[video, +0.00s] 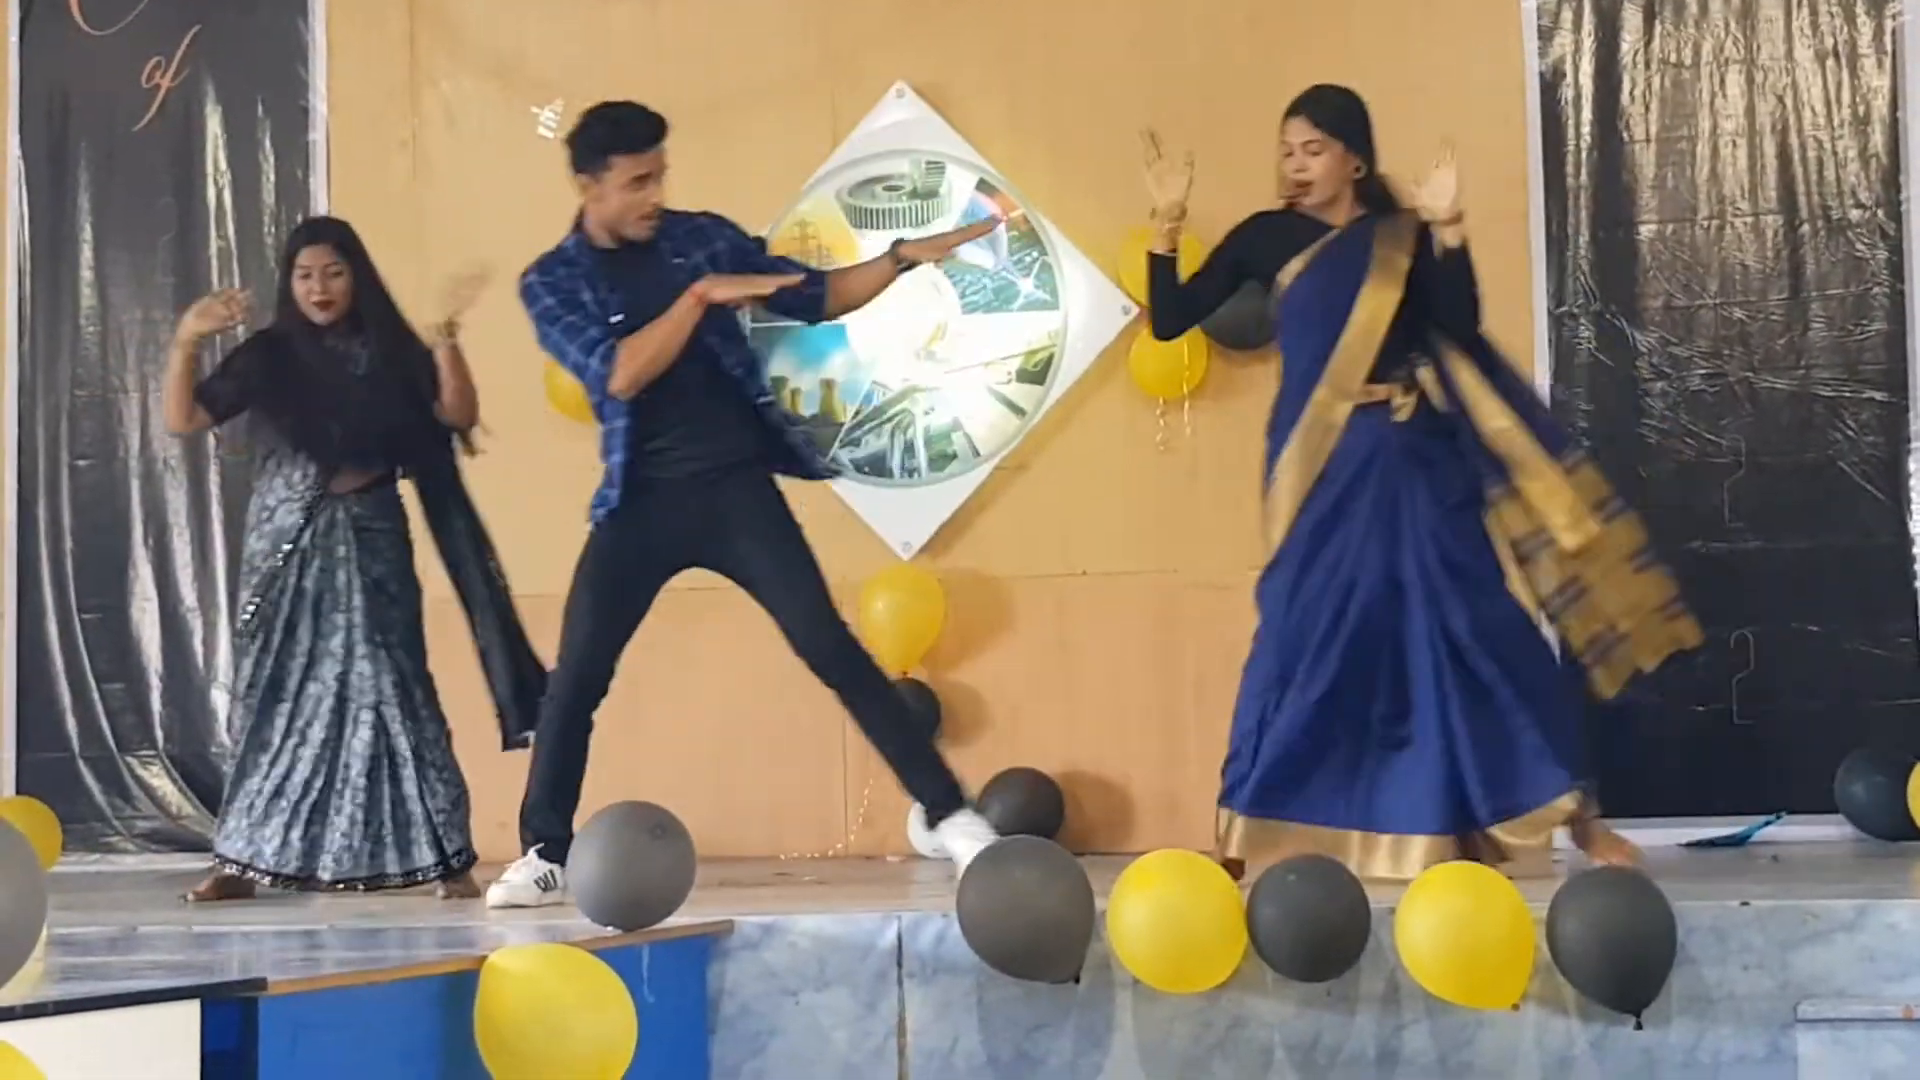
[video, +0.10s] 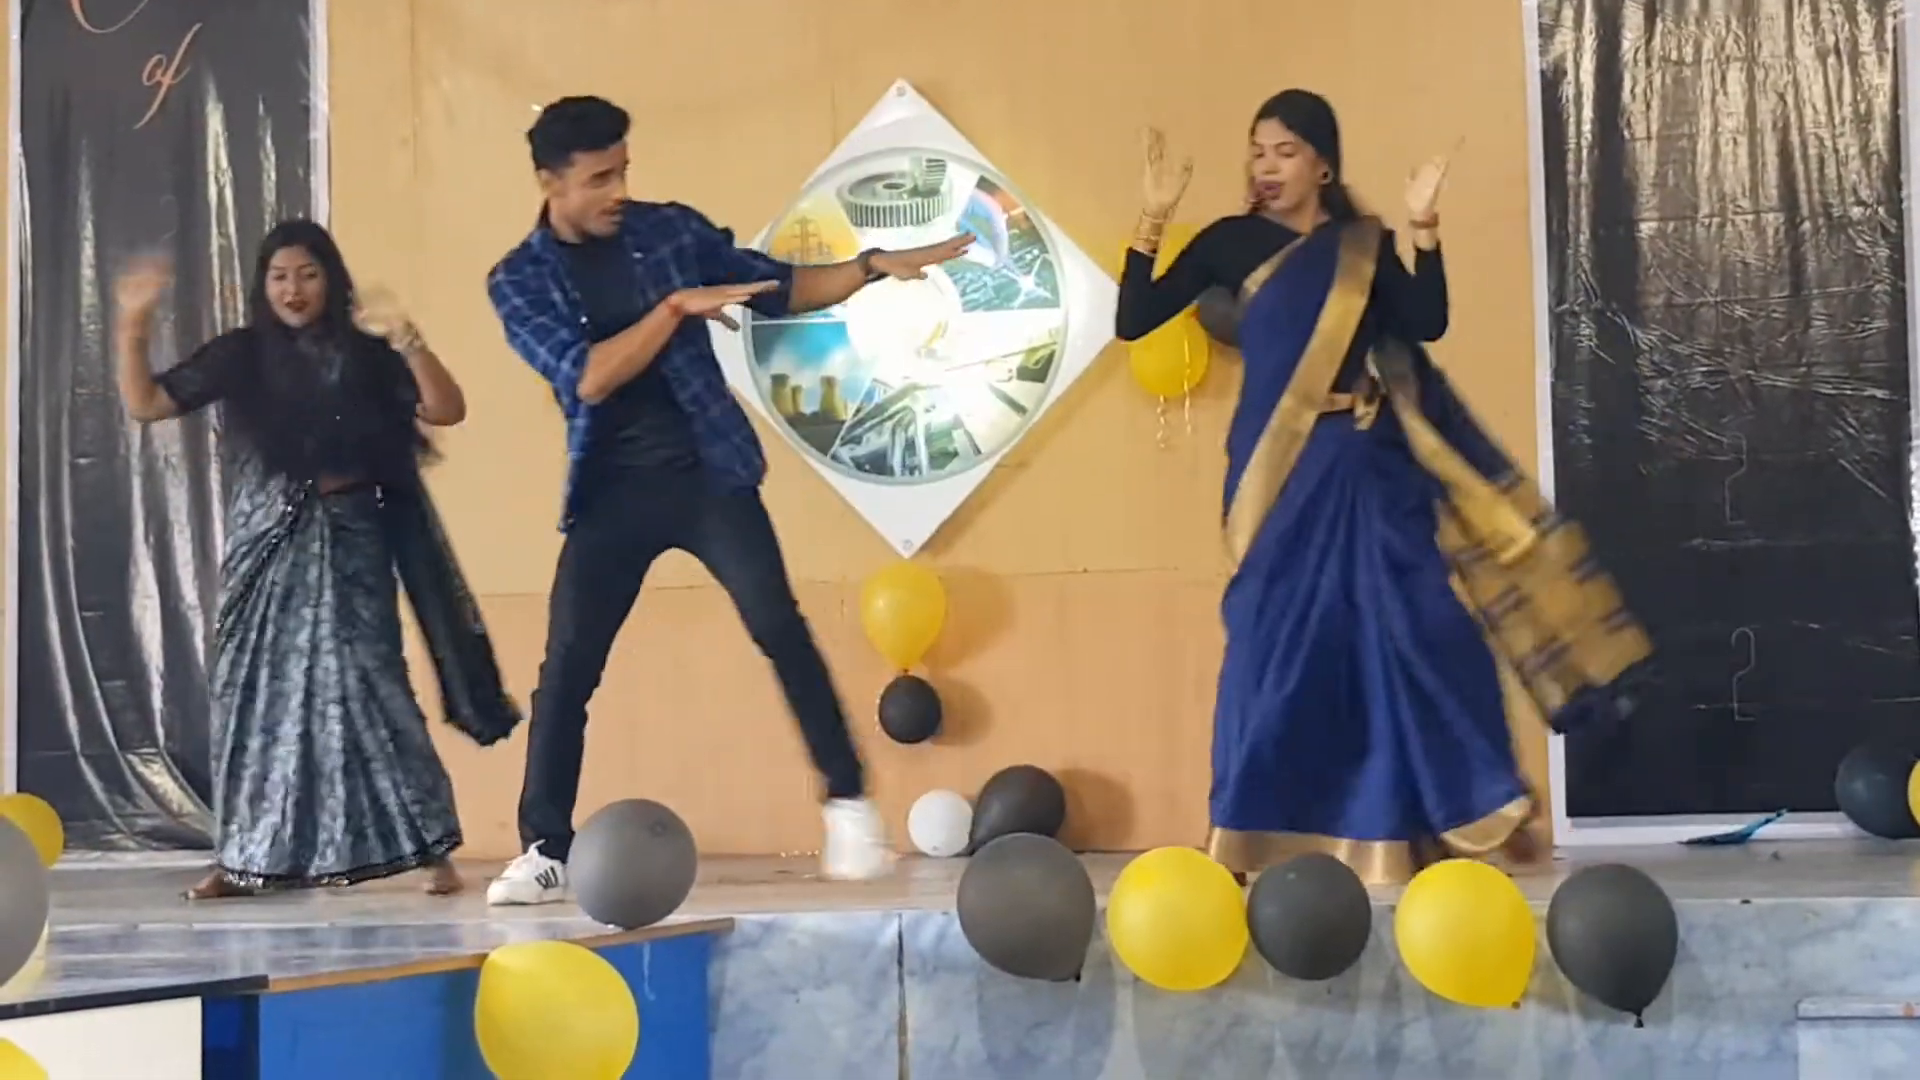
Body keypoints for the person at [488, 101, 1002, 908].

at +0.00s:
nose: (658, 194)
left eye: (661, 176)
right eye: (640, 181)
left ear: (661, 170)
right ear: (589, 184)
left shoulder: (700, 240)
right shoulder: (553, 281)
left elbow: (814, 295)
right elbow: (617, 375)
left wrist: (904, 255)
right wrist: (699, 298)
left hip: (738, 492)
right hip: (640, 507)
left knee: (826, 645)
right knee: (575, 681)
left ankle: (946, 813)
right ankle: (545, 855)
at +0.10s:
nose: (620, 191)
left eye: (623, 174)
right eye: (601, 180)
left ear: (625, 165)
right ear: (550, 182)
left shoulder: (670, 231)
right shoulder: (521, 278)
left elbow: (780, 284)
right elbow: (586, 379)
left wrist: (875, 263)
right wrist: (672, 308)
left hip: (712, 479)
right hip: (614, 496)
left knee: (779, 629)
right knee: (565, 673)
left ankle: (848, 805)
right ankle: (543, 853)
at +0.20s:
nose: (603, 175)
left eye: (607, 158)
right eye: (584, 164)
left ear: (611, 149)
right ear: (534, 166)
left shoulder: (656, 212)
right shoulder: (507, 263)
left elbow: (763, 270)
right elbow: (568, 368)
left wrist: (857, 253)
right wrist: (652, 293)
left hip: (696, 458)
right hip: (598, 476)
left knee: (727, 611)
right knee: (565, 659)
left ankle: (737, 781)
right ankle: (544, 846)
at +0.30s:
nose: (597, 166)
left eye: (602, 149)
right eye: (578, 157)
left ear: (606, 136)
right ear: (530, 156)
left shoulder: (657, 200)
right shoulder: (505, 254)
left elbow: (757, 269)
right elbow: (562, 362)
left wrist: (847, 256)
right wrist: (650, 293)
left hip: (686, 457)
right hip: (589, 469)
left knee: (692, 638)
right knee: (560, 655)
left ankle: (679, 824)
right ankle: (541, 843)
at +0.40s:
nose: (596, 171)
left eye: (604, 151)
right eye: (575, 158)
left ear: (615, 139)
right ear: (533, 155)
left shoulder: (667, 207)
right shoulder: (513, 260)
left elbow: (750, 287)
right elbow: (557, 379)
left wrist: (817, 281)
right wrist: (637, 317)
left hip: (684, 459)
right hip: (586, 467)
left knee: (687, 639)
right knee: (557, 653)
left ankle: (672, 822)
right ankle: (539, 841)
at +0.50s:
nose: (596, 166)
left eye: (615, 149)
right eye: (580, 149)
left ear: (640, 139)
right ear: (558, 140)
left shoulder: (689, 213)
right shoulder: (530, 242)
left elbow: (766, 311)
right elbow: (543, 377)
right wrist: (612, 340)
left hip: (693, 450)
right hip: (595, 460)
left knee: (724, 603)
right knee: (566, 649)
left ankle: (728, 784)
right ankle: (542, 839)